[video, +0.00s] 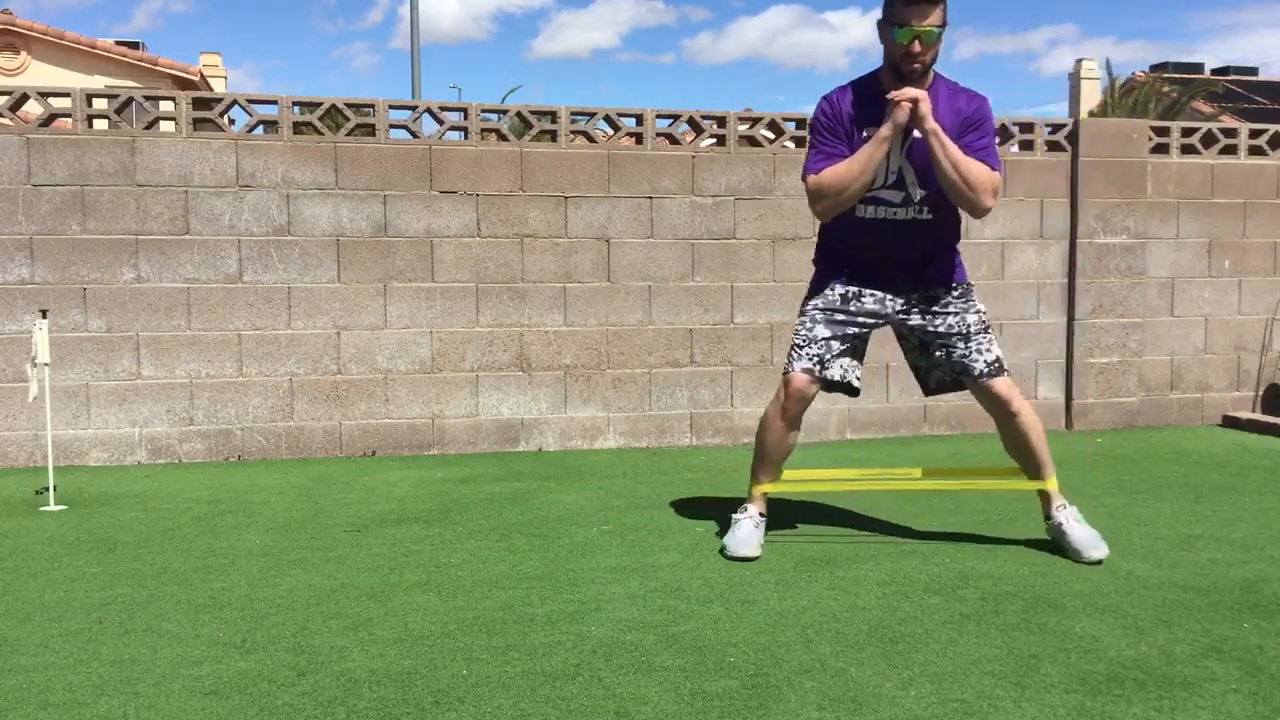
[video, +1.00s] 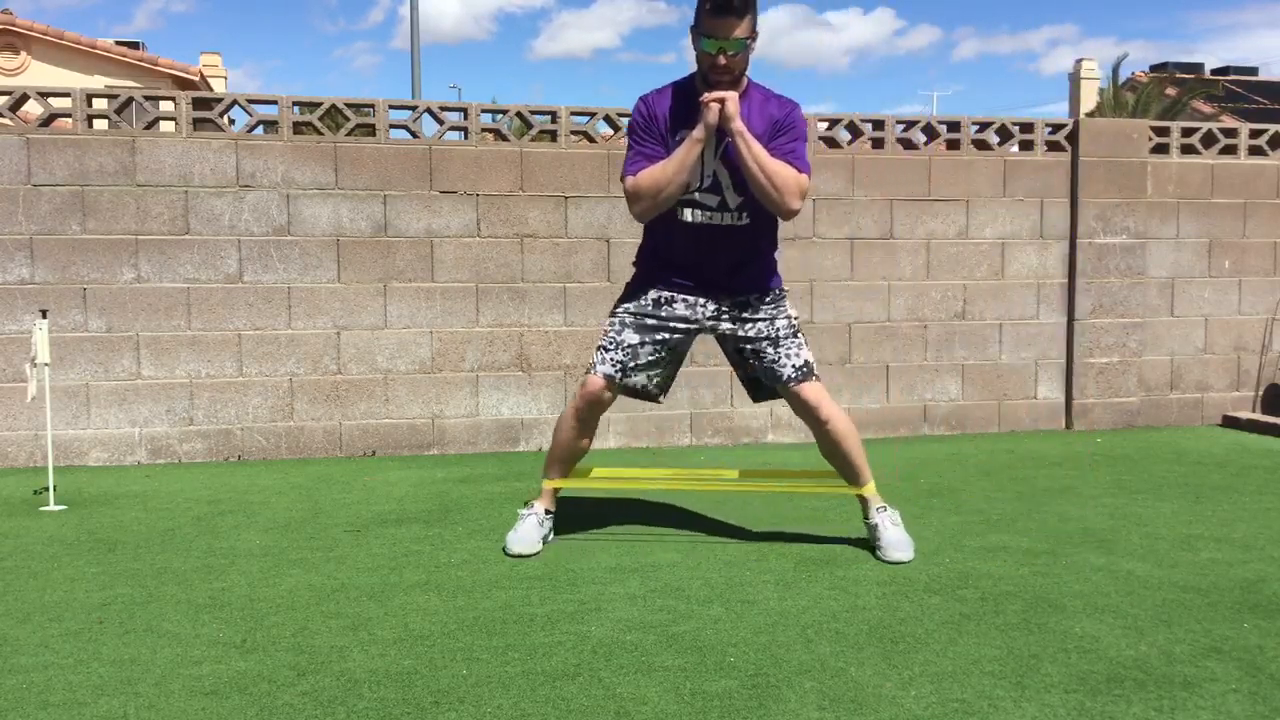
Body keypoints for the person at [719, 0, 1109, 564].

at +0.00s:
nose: (916, 47)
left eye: (929, 36)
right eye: (904, 33)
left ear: (943, 36)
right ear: (882, 30)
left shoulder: (967, 107)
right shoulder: (840, 107)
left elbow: (981, 200)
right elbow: (823, 203)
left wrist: (930, 129)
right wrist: (889, 132)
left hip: (935, 278)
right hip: (847, 276)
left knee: (999, 390)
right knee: (796, 387)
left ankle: (1057, 508)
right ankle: (753, 509)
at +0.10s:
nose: (881, 33)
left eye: (893, 22)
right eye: (869, 20)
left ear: (907, 24)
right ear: (847, 19)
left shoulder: (934, 95)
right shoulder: (807, 93)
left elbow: (943, 188)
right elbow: (786, 186)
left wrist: (892, 115)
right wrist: (851, 118)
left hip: (906, 267)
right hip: (822, 267)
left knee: (961, 380)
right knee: (784, 382)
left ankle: (1002, 505)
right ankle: (752, 509)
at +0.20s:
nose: (857, 30)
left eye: (869, 17)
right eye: (843, 17)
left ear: (885, 17)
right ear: (824, 17)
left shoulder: (914, 85)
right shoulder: (787, 87)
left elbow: (923, 180)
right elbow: (768, 180)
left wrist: (871, 106)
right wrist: (832, 108)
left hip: (888, 259)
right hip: (805, 261)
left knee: (927, 378)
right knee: (775, 380)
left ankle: (937, 502)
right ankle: (751, 508)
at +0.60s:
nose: (839, 37)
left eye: (852, 26)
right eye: (828, 24)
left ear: (869, 24)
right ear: (810, 21)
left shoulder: (897, 91)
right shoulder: (772, 88)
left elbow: (905, 185)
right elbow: (762, 188)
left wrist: (854, 110)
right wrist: (822, 116)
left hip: (859, 266)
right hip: (779, 261)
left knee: (882, 383)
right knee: (737, 372)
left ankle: (884, 510)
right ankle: (712, 500)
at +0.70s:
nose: (829, 35)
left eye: (842, 23)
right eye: (817, 22)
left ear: (860, 21)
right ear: (799, 20)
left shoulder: (886, 88)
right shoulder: (761, 84)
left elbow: (894, 181)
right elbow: (748, 182)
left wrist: (844, 107)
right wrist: (808, 112)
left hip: (843, 263)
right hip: (760, 258)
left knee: (872, 383)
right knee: (704, 369)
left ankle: (883, 509)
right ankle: (652, 496)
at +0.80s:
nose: (807, 38)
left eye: (821, 27)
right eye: (796, 25)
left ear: (839, 23)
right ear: (779, 22)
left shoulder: (865, 94)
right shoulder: (740, 90)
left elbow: (876, 186)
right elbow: (725, 187)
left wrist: (823, 111)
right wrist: (788, 118)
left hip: (824, 271)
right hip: (738, 265)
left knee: (859, 389)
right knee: (666, 374)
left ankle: (881, 509)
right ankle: (593, 494)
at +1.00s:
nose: (723, 60)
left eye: (737, 48)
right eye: (712, 46)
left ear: (754, 42)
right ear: (693, 39)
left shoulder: (781, 114)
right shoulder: (657, 109)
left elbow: (789, 202)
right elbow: (641, 204)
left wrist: (736, 132)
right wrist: (703, 132)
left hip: (752, 290)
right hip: (664, 285)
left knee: (811, 398)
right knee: (593, 390)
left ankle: (876, 508)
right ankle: (542, 506)